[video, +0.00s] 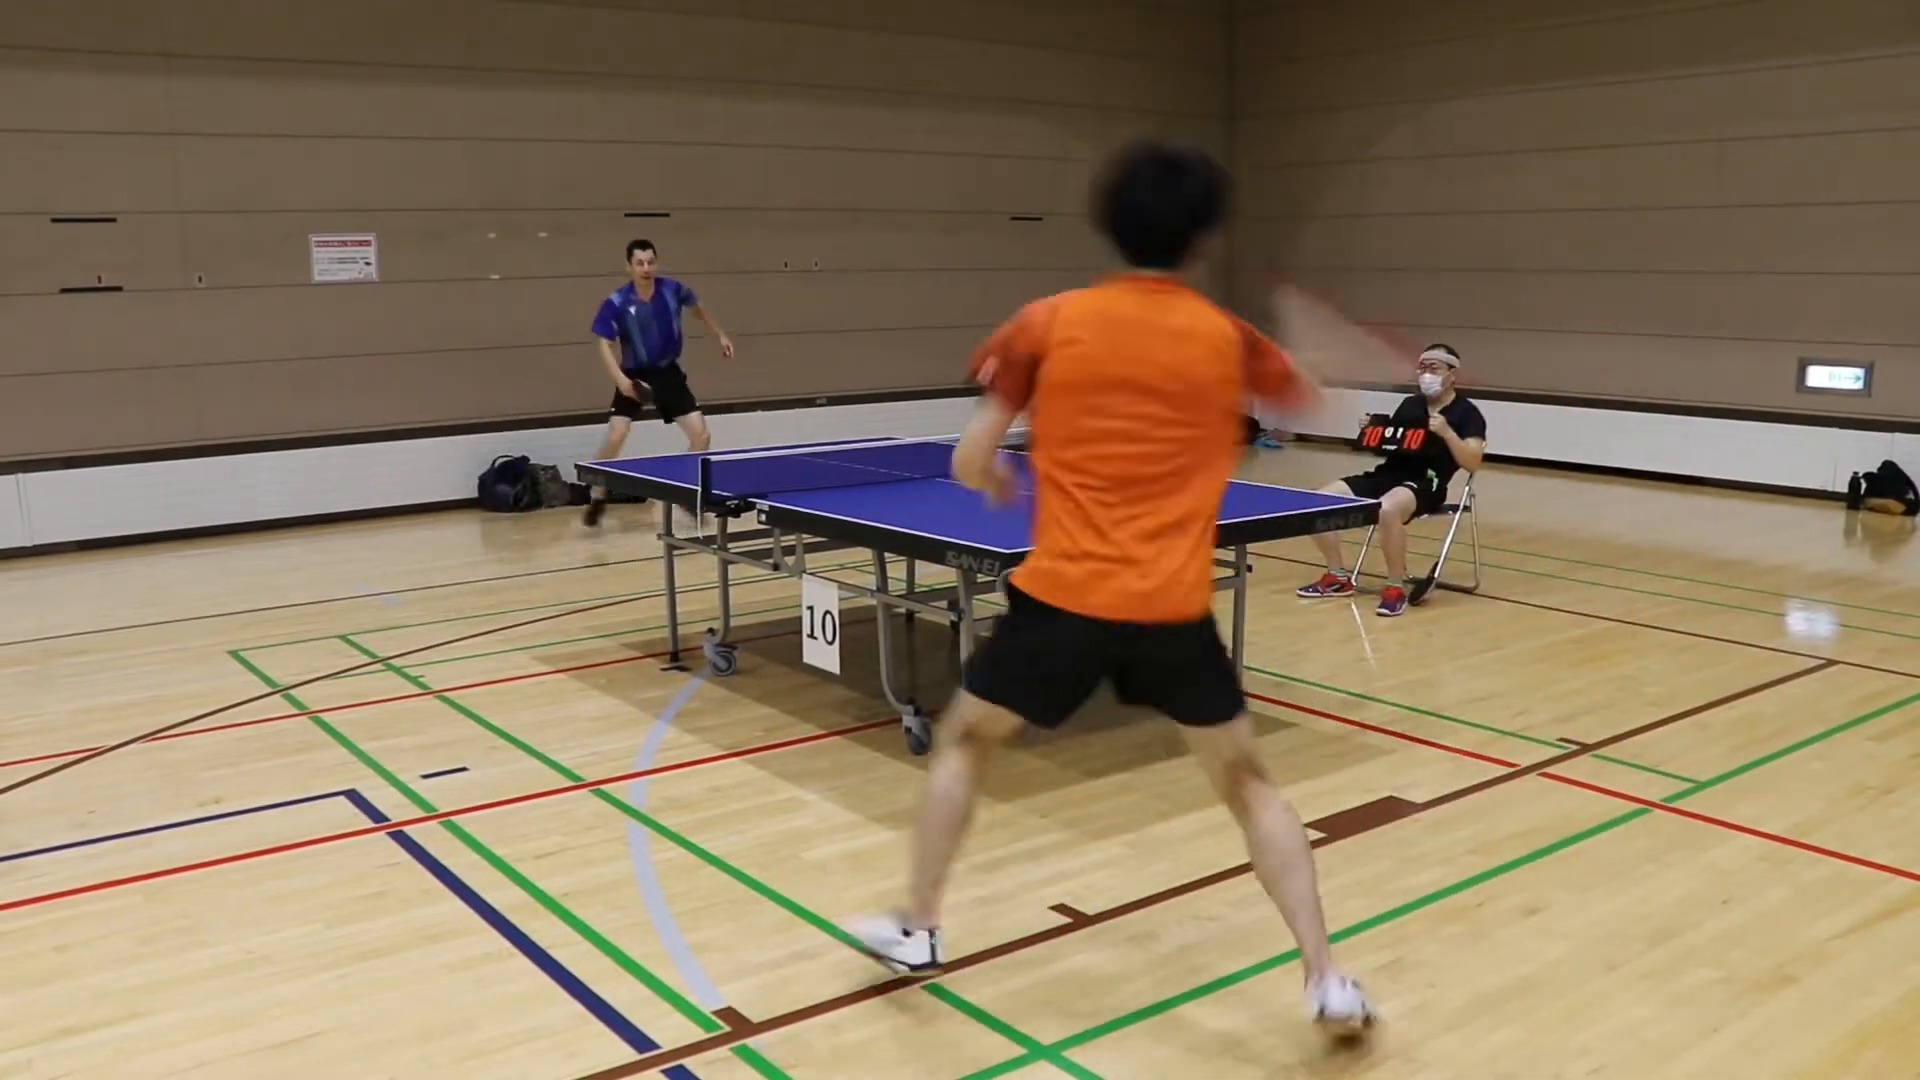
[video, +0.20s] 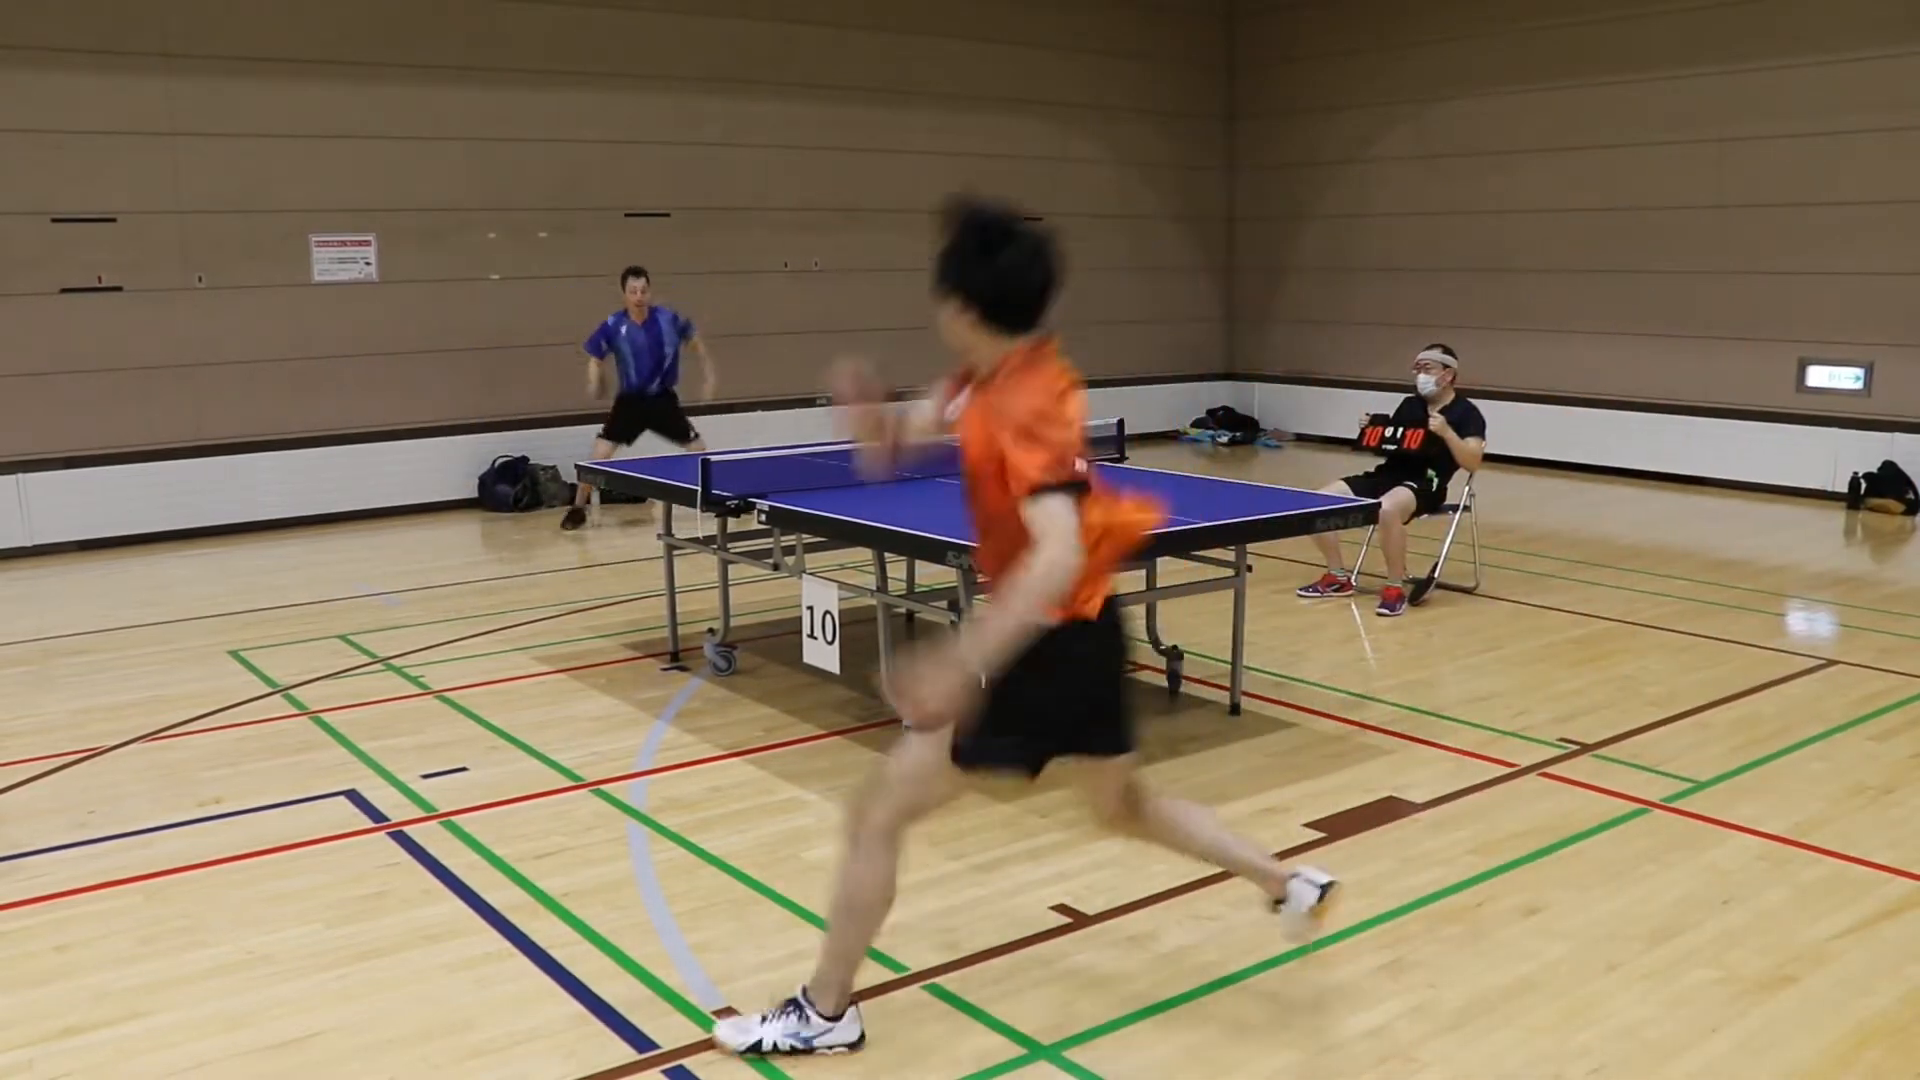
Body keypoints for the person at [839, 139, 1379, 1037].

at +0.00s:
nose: (1219, 240)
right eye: (1213, 228)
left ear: (1113, 229)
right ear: (1203, 240)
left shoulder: (1052, 323)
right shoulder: (1223, 339)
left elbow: (970, 462)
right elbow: (1316, 412)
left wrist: (1003, 482)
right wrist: (1306, 330)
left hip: (1059, 608)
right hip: (1171, 616)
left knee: (963, 738)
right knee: (1245, 778)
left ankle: (918, 925)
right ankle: (1324, 976)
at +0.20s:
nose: (937, 313)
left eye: (943, 298)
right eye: (941, 297)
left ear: (968, 308)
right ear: (1016, 303)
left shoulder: (1027, 404)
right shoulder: (989, 374)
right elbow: (899, 450)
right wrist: (875, 420)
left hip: (1040, 645)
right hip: (1084, 637)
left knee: (880, 807)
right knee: (1120, 802)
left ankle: (825, 1006)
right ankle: (1288, 882)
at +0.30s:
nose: (896, 361)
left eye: (897, 345)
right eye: (896, 345)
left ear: (918, 352)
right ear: (977, 344)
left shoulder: (997, 435)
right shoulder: (960, 430)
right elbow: (941, 532)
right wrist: (901, 562)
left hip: (1012, 676)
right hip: (1007, 669)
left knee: (837, 805)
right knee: (1033, 806)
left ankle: (820, 1007)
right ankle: (1178, 894)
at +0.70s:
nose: (1085, 287)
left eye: (1089, 276)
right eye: (1091, 275)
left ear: (1100, 284)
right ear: (1172, 287)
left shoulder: (1059, 360)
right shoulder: (1205, 374)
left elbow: (988, 486)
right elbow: (1238, 523)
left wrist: (1029, 550)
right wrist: (1202, 541)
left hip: (1085, 598)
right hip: (1178, 594)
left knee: (1026, 771)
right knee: (1227, 722)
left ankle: (1037, 950)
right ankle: (1277, 861)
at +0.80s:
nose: (1156, 309)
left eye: (1159, 299)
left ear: (1165, 307)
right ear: (1238, 315)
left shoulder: (1110, 378)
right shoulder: (1259, 406)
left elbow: (1072, 493)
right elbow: (1291, 541)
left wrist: (1116, 548)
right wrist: (1308, 626)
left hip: (1101, 612)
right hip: (1201, 617)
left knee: (1055, 771)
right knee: (1279, 714)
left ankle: (1029, 935)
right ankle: (1309, 869)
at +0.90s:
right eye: (1308, 293)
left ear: (1233, 292)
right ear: (1304, 302)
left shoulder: (1184, 367)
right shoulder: (1309, 390)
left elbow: (1148, 475)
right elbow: (1344, 519)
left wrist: (1198, 522)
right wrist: (1389, 617)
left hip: (1161, 588)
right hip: (1251, 595)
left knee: (1113, 742)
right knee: (1310, 711)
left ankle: (1053, 888)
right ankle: (1312, 867)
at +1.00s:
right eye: (1361, 266)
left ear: (1289, 266)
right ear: (1358, 276)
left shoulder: (1241, 339)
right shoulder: (1368, 360)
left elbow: (1187, 443)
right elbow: (1401, 476)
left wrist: (1251, 458)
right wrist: (1422, 578)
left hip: (1224, 551)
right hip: (1307, 561)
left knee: (1181, 695)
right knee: (1322, 706)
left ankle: (1119, 818)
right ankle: (1314, 862)